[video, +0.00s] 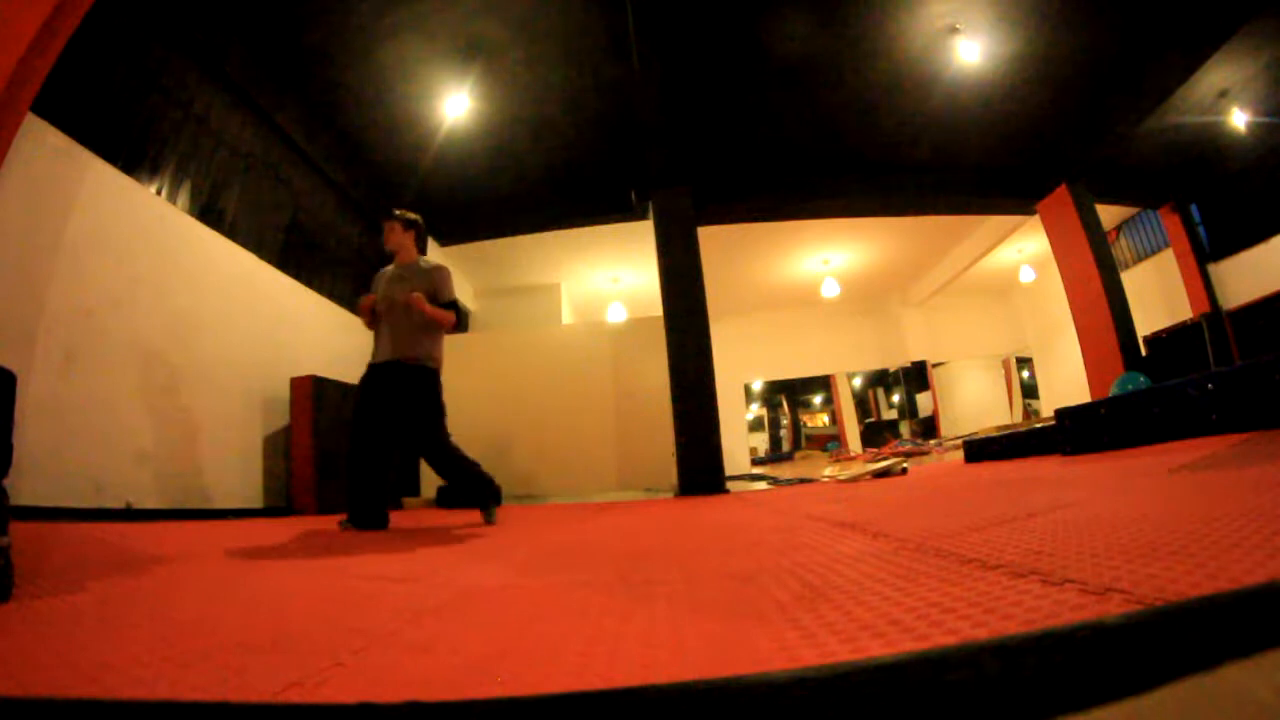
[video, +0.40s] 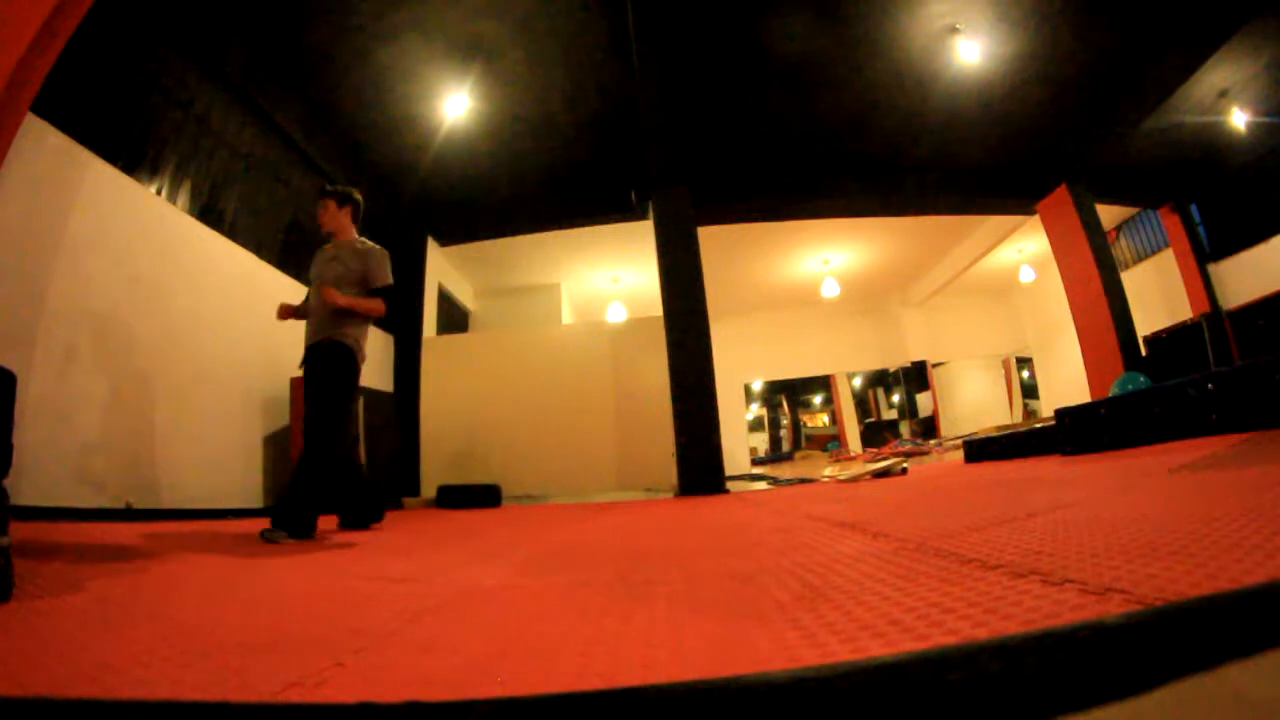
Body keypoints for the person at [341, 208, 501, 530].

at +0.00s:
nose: (385, 237)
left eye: (391, 231)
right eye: (385, 231)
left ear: (411, 235)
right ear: (394, 237)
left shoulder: (435, 272)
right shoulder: (383, 276)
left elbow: (455, 320)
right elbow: (377, 325)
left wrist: (426, 309)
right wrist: (367, 312)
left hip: (419, 369)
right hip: (382, 368)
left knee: (430, 442)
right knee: (368, 442)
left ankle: (484, 492)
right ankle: (368, 514)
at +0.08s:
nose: (372, 229)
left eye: (379, 223)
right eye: (372, 224)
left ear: (397, 226)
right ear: (375, 229)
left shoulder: (422, 264)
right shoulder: (368, 267)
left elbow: (437, 311)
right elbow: (354, 316)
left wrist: (406, 306)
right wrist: (352, 302)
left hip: (405, 359)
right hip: (370, 358)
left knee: (401, 436)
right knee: (364, 437)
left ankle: (438, 491)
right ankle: (368, 513)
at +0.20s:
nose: (354, 222)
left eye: (360, 215)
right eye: (353, 216)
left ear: (379, 218)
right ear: (355, 221)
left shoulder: (404, 256)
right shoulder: (348, 259)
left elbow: (421, 303)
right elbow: (332, 310)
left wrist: (385, 302)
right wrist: (332, 292)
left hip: (388, 350)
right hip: (353, 351)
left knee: (375, 428)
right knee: (349, 429)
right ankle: (357, 508)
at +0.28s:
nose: (341, 220)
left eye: (347, 214)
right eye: (340, 214)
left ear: (366, 216)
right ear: (342, 219)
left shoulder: (393, 255)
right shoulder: (336, 259)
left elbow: (408, 304)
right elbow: (322, 308)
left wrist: (372, 302)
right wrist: (316, 291)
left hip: (371, 349)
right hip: (340, 349)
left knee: (347, 427)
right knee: (339, 430)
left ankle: (333, 513)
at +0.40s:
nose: (320, 216)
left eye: (326, 209)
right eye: (320, 210)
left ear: (347, 213)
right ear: (333, 215)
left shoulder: (371, 253)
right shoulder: (323, 255)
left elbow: (384, 306)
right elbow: (321, 305)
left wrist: (343, 301)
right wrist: (296, 310)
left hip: (343, 349)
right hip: (317, 349)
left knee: (321, 434)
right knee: (332, 435)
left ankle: (296, 519)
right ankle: (357, 509)